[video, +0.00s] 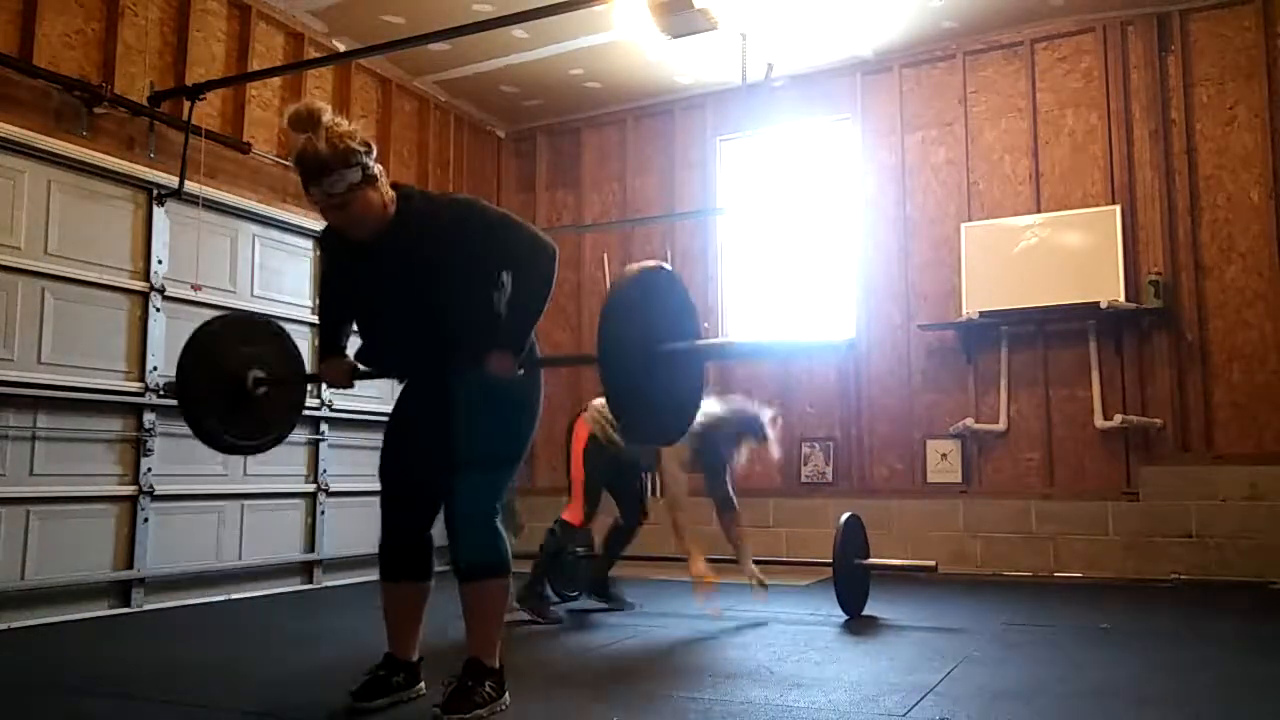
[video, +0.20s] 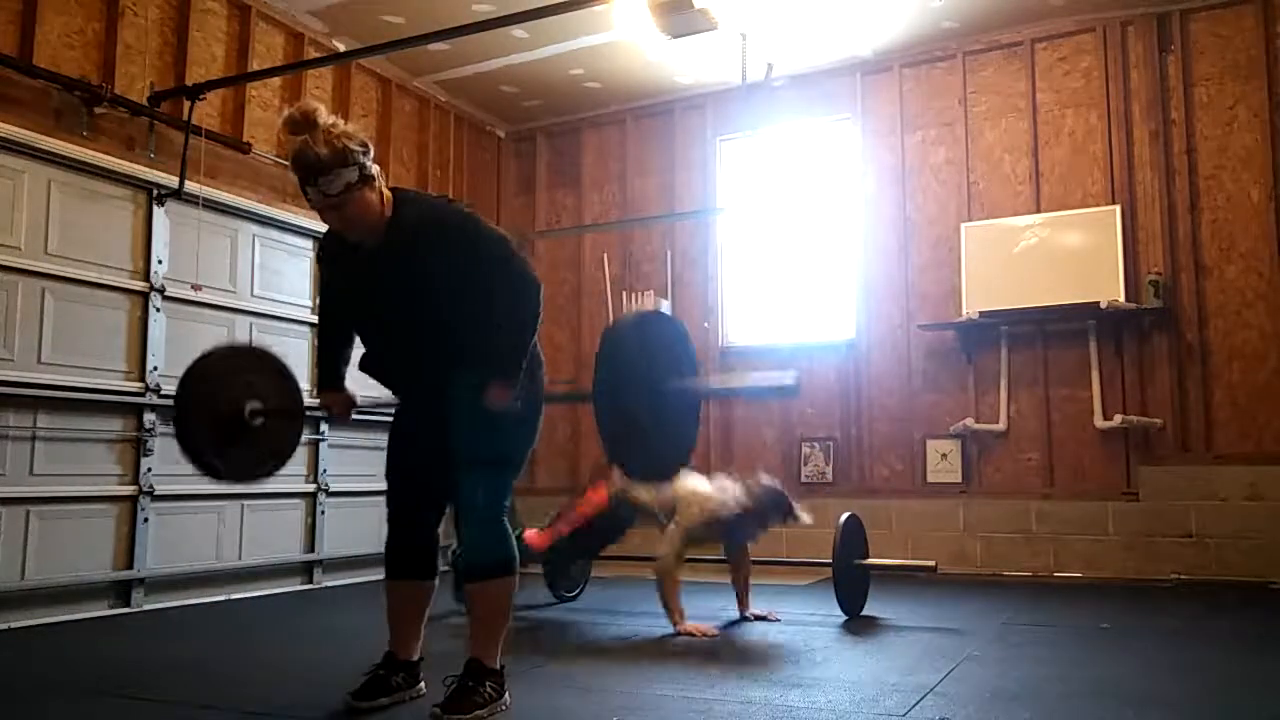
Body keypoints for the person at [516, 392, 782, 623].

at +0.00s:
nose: (740, 453)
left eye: (744, 447)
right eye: (740, 445)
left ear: (741, 439)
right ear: (730, 433)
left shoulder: (713, 447)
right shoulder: (681, 434)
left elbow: (726, 506)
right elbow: (674, 503)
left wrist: (746, 561)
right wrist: (694, 558)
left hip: (627, 446)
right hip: (593, 432)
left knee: (633, 518)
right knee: (580, 513)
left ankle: (597, 579)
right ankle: (533, 589)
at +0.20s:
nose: (762, 530)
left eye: (767, 526)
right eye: (763, 523)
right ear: (752, 511)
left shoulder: (737, 510)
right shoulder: (701, 510)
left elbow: (739, 559)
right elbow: (665, 563)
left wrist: (744, 609)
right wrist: (679, 622)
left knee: (657, 496)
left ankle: (621, 486)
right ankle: (616, 489)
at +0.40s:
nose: (775, 579)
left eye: (781, 573)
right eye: (776, 571)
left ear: (779, 566)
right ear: (762, 558)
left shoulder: (743, 558)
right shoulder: (718, 569)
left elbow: (742, 577)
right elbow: (657, 573)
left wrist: (745, 609)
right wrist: (677, 620)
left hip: (641, 594)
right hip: (623, 591)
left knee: (574, 598)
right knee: (555, 603)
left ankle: (543, 583)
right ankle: (523, 583)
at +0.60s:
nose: (778, 581)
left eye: (783, 576)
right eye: (780, 575)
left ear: (766, 557)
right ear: (769, 565)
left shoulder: (740, 561)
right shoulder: (717, 566)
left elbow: (736, 581)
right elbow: (662, 577)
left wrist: (747, 609)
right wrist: (677, 620)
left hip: (639, 595)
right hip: (621, 595)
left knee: (572, 597)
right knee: (542, 604)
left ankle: (546, 583)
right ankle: (519, 581)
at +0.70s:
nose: (769, 546)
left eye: (774, 536)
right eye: (770, 536)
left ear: (757, 515)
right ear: (754, 525)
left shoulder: (735, 545)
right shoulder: (706, 538)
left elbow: (737, 574)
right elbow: (670, 572)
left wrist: (746, 611)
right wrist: (676, 614)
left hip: (646, 585)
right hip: (613, 580)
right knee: (540, 606)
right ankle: (525, 586)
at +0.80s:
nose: (763, 538)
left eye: (770, 532)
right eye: (765, 530)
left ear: (760, 521)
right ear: (752, 518)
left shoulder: (734, 527)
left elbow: (737, 565)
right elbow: (663, 567)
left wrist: (744, 609)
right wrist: (679, 620)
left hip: (643, 547)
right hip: (606, 551)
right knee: (539, 594)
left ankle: (559, 562)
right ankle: (504, 568)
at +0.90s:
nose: (760, 529)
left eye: (766, 525)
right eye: (762, 521)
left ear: (759, 509)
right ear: (750, 505)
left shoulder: (738, 511)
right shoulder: (701, 507)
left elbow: (739, 559)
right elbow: (675, 566)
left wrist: (744, 608)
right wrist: (680, 621)